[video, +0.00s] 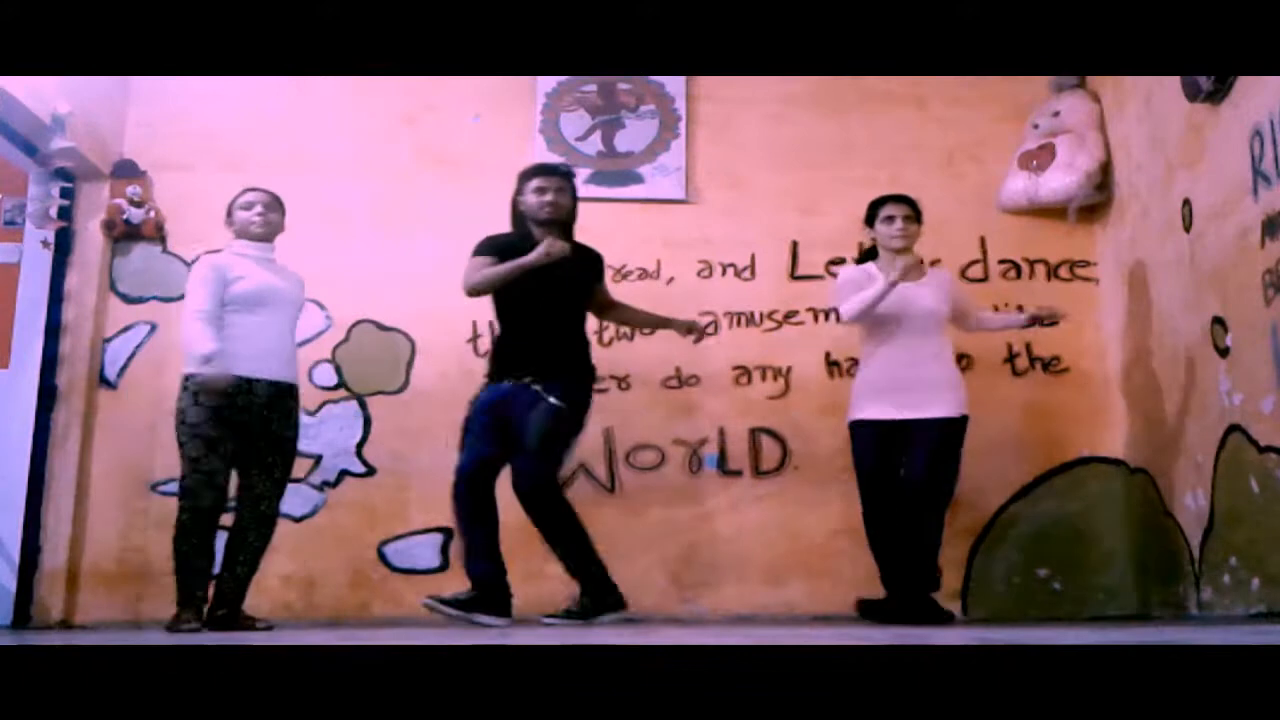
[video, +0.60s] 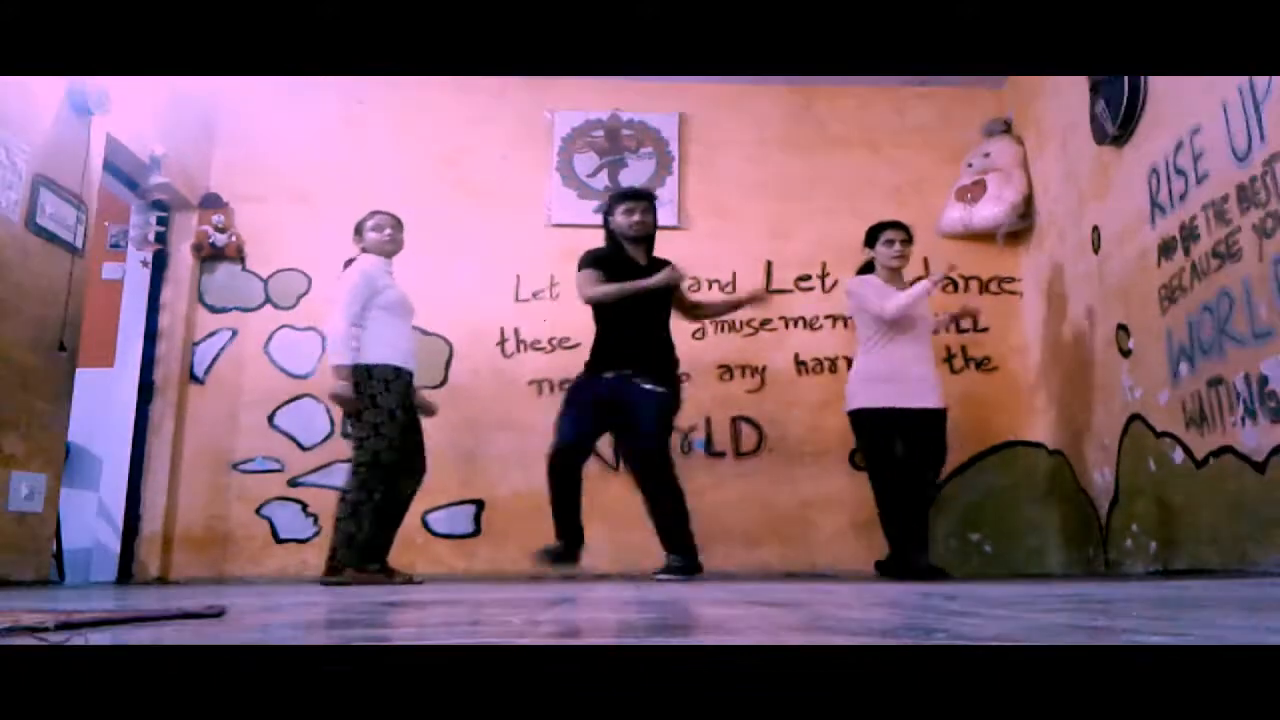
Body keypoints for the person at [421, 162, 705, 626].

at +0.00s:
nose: (550, 198)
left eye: (560, 192)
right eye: (539, 192)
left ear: (574, 205)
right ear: (518, 203)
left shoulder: (585, 261)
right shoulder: (500, 247)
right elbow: (472, 283)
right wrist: (533, 259)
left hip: (563, 385)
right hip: (506, 383)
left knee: (532, 481)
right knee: (471, 480)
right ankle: (489, 594)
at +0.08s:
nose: (567, 193)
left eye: (576, 187)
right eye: (556, 187)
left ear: (591, 200)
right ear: (536, 198)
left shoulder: (602, 257)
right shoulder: (514, 246)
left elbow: (646, 303)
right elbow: (459, 292)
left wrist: (704, 304)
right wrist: (497, 280)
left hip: (581, 388)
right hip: (519, 387)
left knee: (583, 491)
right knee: (507, 470)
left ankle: (581, 595)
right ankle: (506, 574)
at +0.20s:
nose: (580, 190)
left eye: (590, 184)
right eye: (568, 184)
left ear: (604, 196)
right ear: (550, 196)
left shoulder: (621, 249)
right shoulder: (528, 246)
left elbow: (692, 287)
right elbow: (456, 291)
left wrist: (709, 264)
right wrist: (446, 310)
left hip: (583, 382)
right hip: (531, 379)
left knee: (604, 480)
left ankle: (537, 590)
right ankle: (545, 577)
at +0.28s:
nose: (590, 194)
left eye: (600, 187)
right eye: (579, 187)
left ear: (614, 199)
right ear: (561, 200)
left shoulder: (630, 250)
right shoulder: (539, 250)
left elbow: (705, 277)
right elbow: (482, 297)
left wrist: (706, 241)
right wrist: (461, 320)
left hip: (589, 380)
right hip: (545, 380)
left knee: (608, 486)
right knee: (607, 484)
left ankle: (555, 588)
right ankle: (562, 591)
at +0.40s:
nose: (605, 189)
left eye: (615, 183)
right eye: (593, 183)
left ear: (629, 196)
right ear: (573, 196)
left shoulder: (646, 253)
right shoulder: (546, 251)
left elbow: (688, 305)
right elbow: (520, 311)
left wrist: (729, 313)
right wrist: (571, 302)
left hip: (625, 387)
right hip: (561, 389)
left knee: (665, 464)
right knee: (546, 477)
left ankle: (620, 569)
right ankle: (559, 590)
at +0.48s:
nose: (614, 189)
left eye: (624, 182)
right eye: (603, 182)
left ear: (638, 194)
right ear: (582, 194)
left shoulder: (651, 253)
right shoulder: (562, 243)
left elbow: (670, 306)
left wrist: (723, 324)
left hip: (634, 384)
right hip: (572, 385)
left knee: (628, 481)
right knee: (528, 485)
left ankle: (669, 589)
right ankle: (554, 595)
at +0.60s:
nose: (637, 219)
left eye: (644, 213)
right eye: (627, 213)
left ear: (655, 221)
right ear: (609, 220)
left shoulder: (663, 270)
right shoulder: (596, 259)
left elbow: (690, 310)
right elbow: (590, 293)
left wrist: (742, 301)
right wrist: (654, 283)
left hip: (651, 380)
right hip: (602, 378)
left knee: (650, 464)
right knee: (563, 456)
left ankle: (683, 556)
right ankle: (568, 544)